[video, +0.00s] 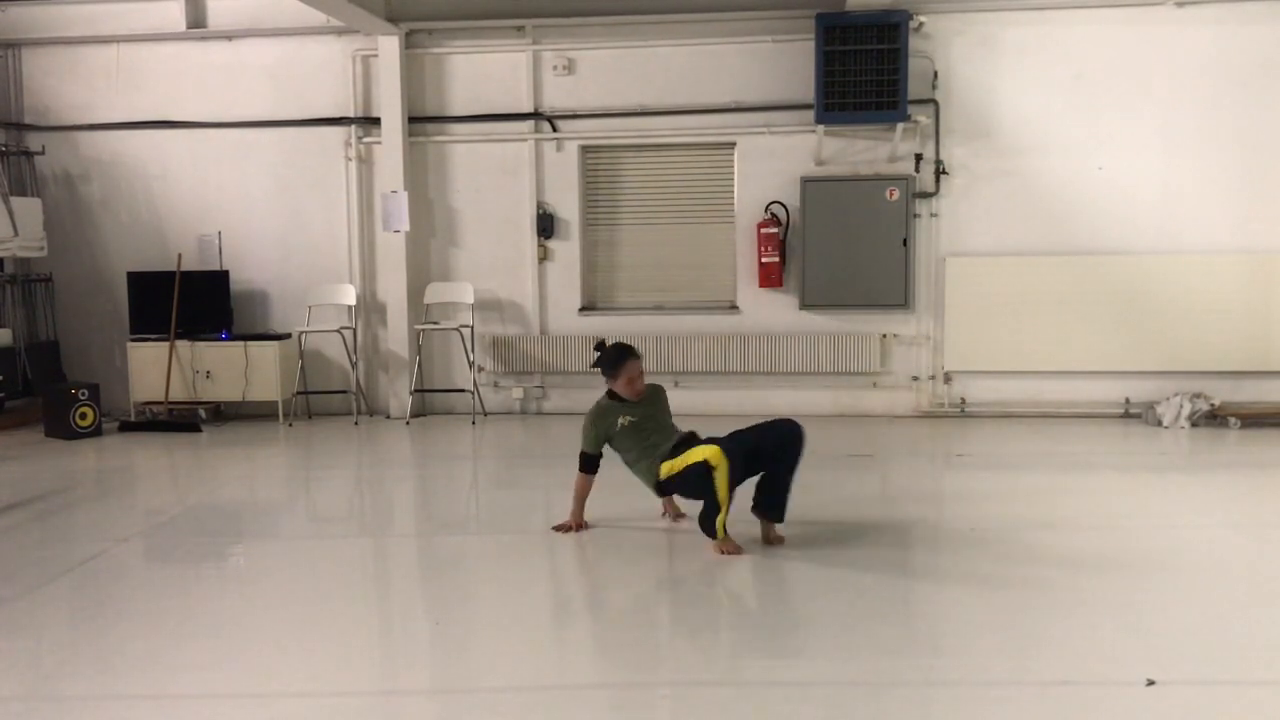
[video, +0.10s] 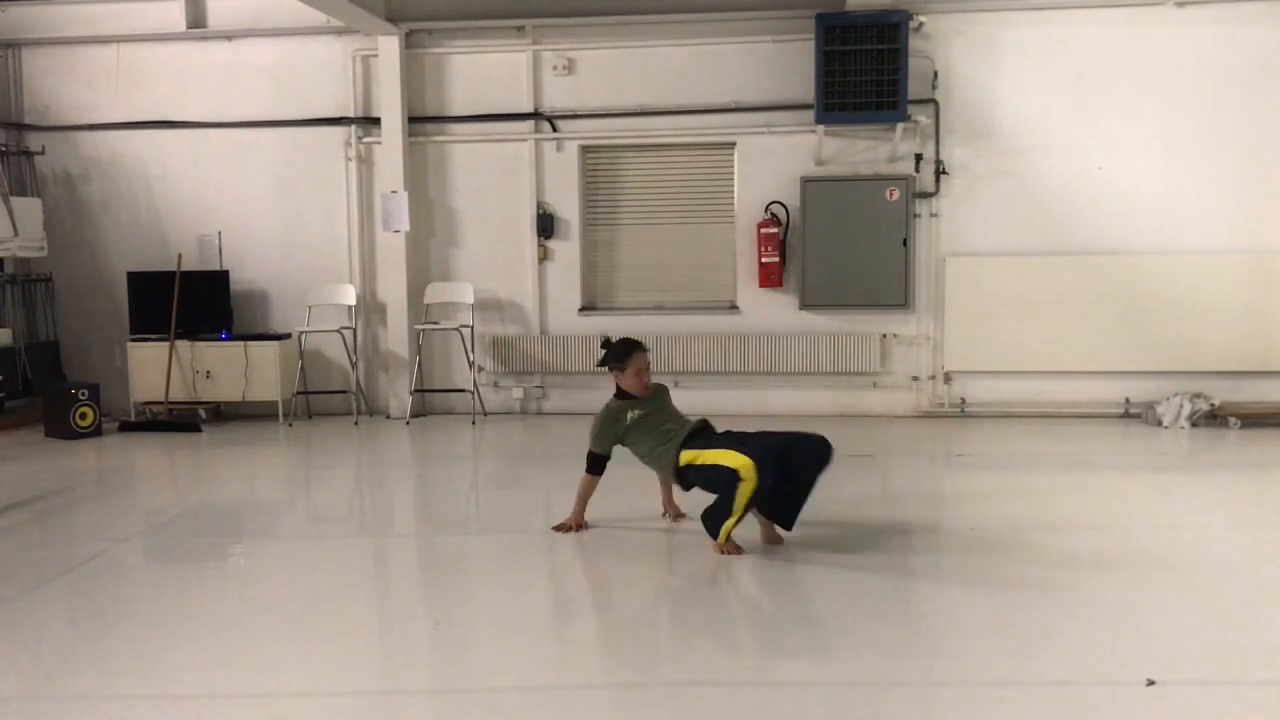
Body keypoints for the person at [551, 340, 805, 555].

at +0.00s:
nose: (640, 383)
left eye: (640, 375)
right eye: (631, 380)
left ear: (643, 370)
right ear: (611, 383)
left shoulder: (656, 393)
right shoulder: (600, 416)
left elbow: (664, 441)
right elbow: (587, 468)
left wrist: (666, 496)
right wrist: (577, 516)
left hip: (695, 450)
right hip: (668, 470)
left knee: (788, 432)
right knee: (717, 454)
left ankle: (768, 512)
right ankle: (717, 530)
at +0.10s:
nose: (646, 377)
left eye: (647, 369)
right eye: (638, 373)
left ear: (648, 367)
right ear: (617, 377)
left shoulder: (659, 392)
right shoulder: (610, 416)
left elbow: (666, 446)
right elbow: (594, 469)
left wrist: (667, 499)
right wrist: (577, 515)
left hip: (714, 440)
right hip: (686, 459)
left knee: (815, 448)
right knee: (751, 463)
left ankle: (766, 506)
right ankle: (718, 527)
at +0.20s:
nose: (657, 368)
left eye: (657, 362)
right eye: (647, 364)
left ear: (657, 364)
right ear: (625, 372)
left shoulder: (664, 395)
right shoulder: (625, 413)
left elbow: (662, 452)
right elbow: (603, 466)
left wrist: (667, 498)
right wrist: (580, 510)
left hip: (734, 437)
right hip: (710, 451)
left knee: (836, 477)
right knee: (773, 491)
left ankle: (773, 523)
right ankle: (725, 529)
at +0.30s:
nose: (669, 360)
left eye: (670, 353)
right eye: (659, 354)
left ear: (671, 359)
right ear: (638, 365)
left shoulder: (677, 392)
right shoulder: (644, 403)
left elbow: (672, 450)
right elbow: (620, 461)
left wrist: (672, 497)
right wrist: (592, 508)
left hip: (756, 441)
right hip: (730, 453)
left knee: (847, 510)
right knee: (787, 520)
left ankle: (771, 528)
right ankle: (727, 528)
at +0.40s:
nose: (691, 351)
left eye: (691, 344)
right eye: (682, 345)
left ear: (690, 347)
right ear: (659, 353)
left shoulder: (700, 385)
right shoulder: (665, 395)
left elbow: (700, 447)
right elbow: (643, 460)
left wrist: (700, 496)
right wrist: (615, 512)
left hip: (773, 449)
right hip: (746, 458)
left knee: (849, 531)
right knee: (797, 541)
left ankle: (772, 521)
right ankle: (726, 527)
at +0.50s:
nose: (712, 338)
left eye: (711, 331)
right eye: (704, 332)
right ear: (681, 340)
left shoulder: (723, 375)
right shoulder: (688, 383)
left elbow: (741, 441)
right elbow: (674, 452)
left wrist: (744, 497)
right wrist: (658, 512)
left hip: (783, 456)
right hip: (757, 463)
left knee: (853, 539)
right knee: (808, 548)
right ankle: (731, 530)